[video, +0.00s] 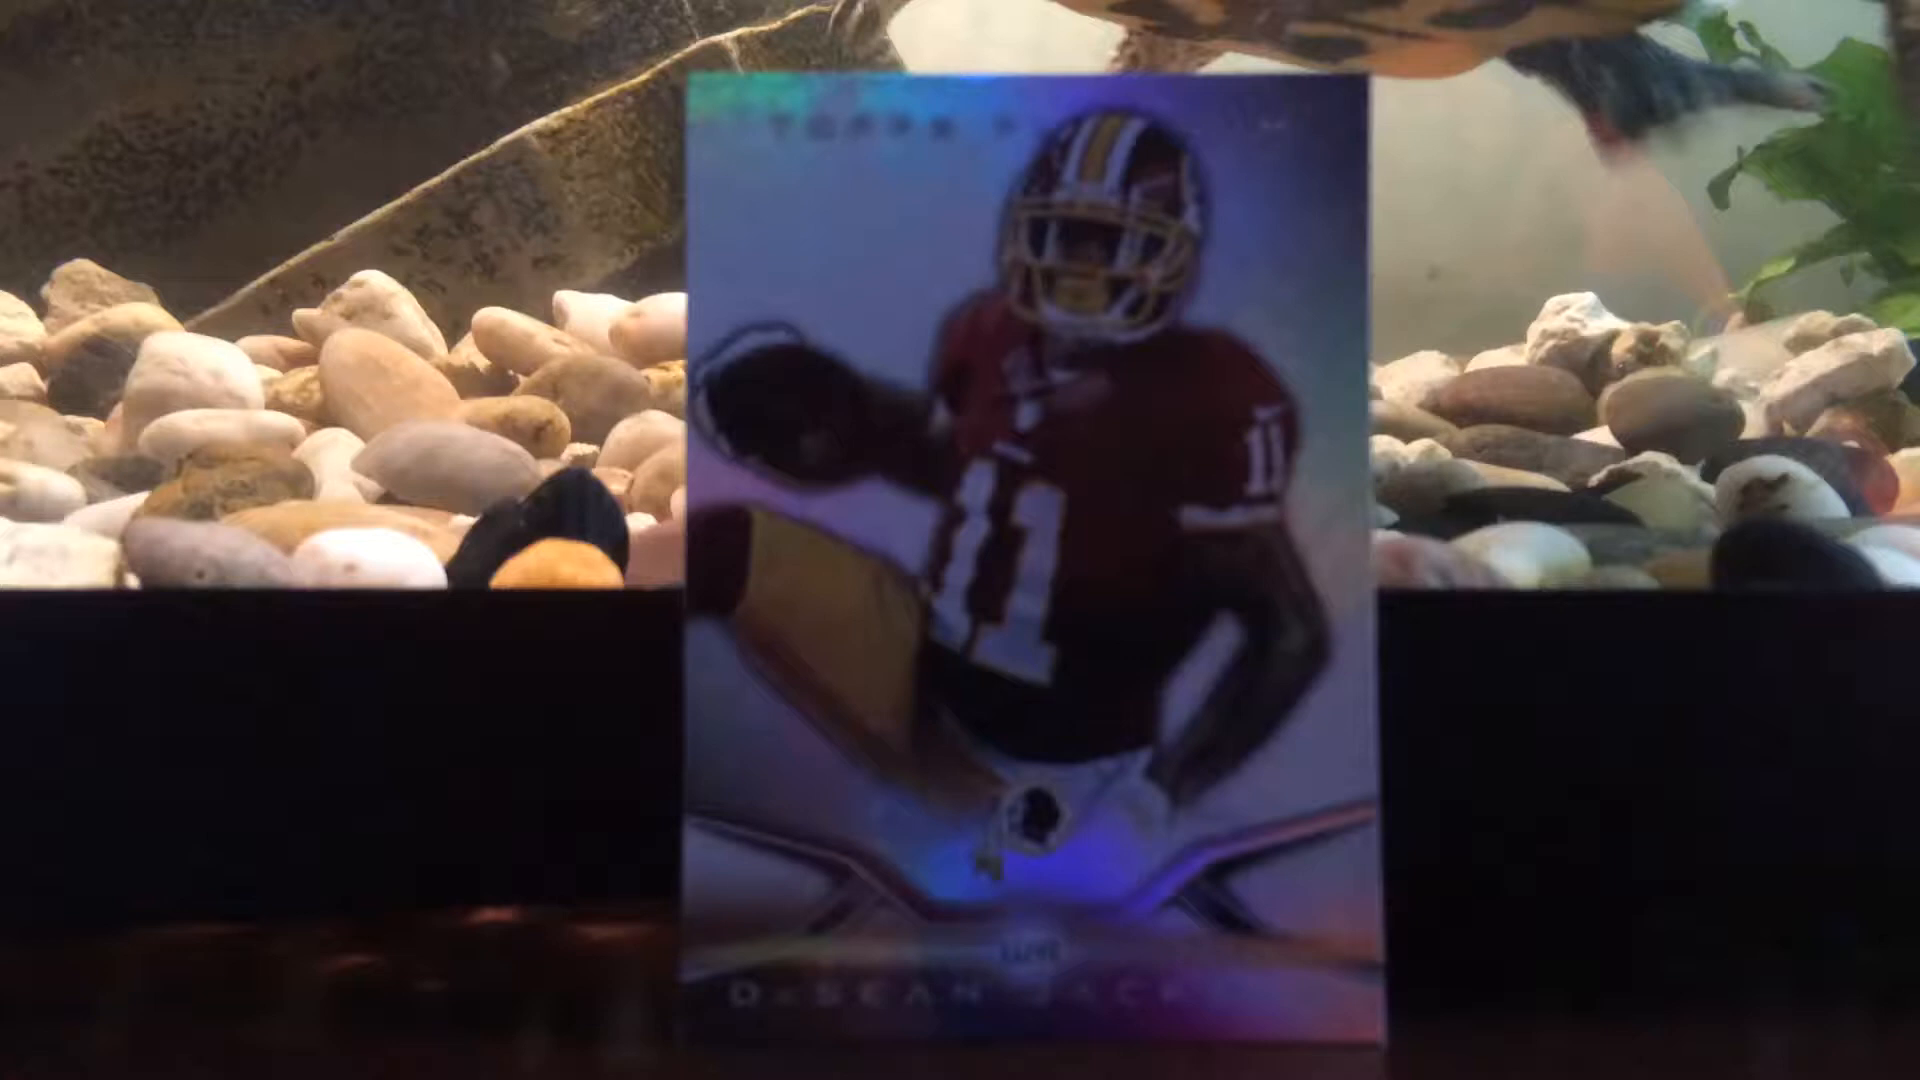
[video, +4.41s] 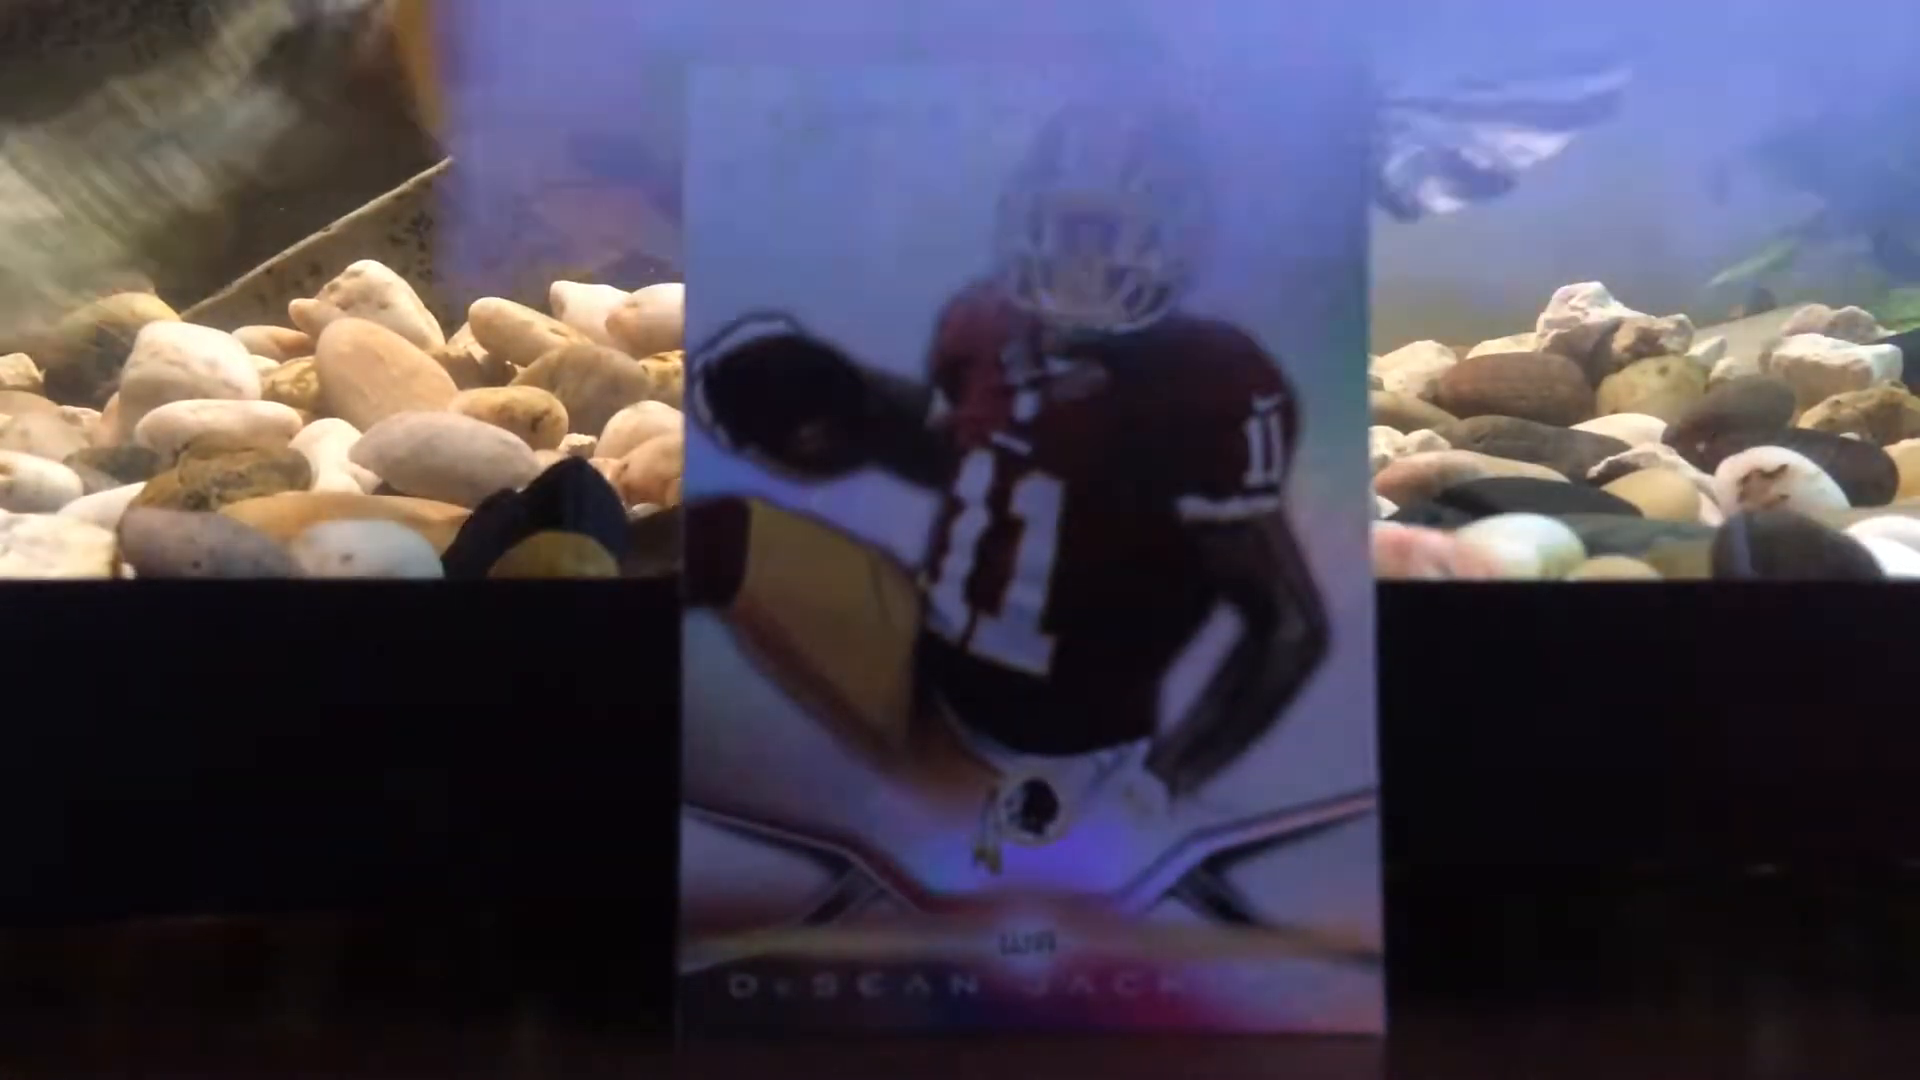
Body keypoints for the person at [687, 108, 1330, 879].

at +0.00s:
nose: (1083, 270)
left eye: (1117, 246)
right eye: (1063, 238)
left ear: (1175, 258)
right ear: (1023, 237)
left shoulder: (1217, 398)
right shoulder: (983, 337)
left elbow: (1292, 637)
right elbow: (962, 465)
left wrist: (1157, 797)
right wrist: (858, 425)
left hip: (1077, 766)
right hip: (931, 689)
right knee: (720, 546)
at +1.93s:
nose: (1082, 268)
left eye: (1116, 242)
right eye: (1062, 235)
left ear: (1177, 255)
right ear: (1022, 238)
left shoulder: (1216, 398)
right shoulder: (982, 336)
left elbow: (1293, 637)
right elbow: (955, 466)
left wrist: (1156, 795)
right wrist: (856, 423)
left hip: (1080, 752)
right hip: (932, 679)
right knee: (716, 546)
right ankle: (903, 777)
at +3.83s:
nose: (1081, 259)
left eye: (1116, 234)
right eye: (1062, 226)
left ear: (1175, 248)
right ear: (1021, 228)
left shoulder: (1215, 388)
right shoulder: (980, 328)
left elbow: (1291, 631)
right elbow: (961, 459)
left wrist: (1153, 792)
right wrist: (857, 415)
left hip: (1073, 763)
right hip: (926, 680)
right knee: (720, 537)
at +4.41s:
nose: (1095, 259)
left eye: (1125, 230)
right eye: (1072, 227)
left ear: (1176, 241)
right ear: (1026, 227)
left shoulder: (1212, 388)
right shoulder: (981, 328)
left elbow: (1291, 630)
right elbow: (954, 455)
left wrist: (1158, 786)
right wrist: (845, 406)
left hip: (1075, 767)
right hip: (924, 682)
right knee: (721, 537)